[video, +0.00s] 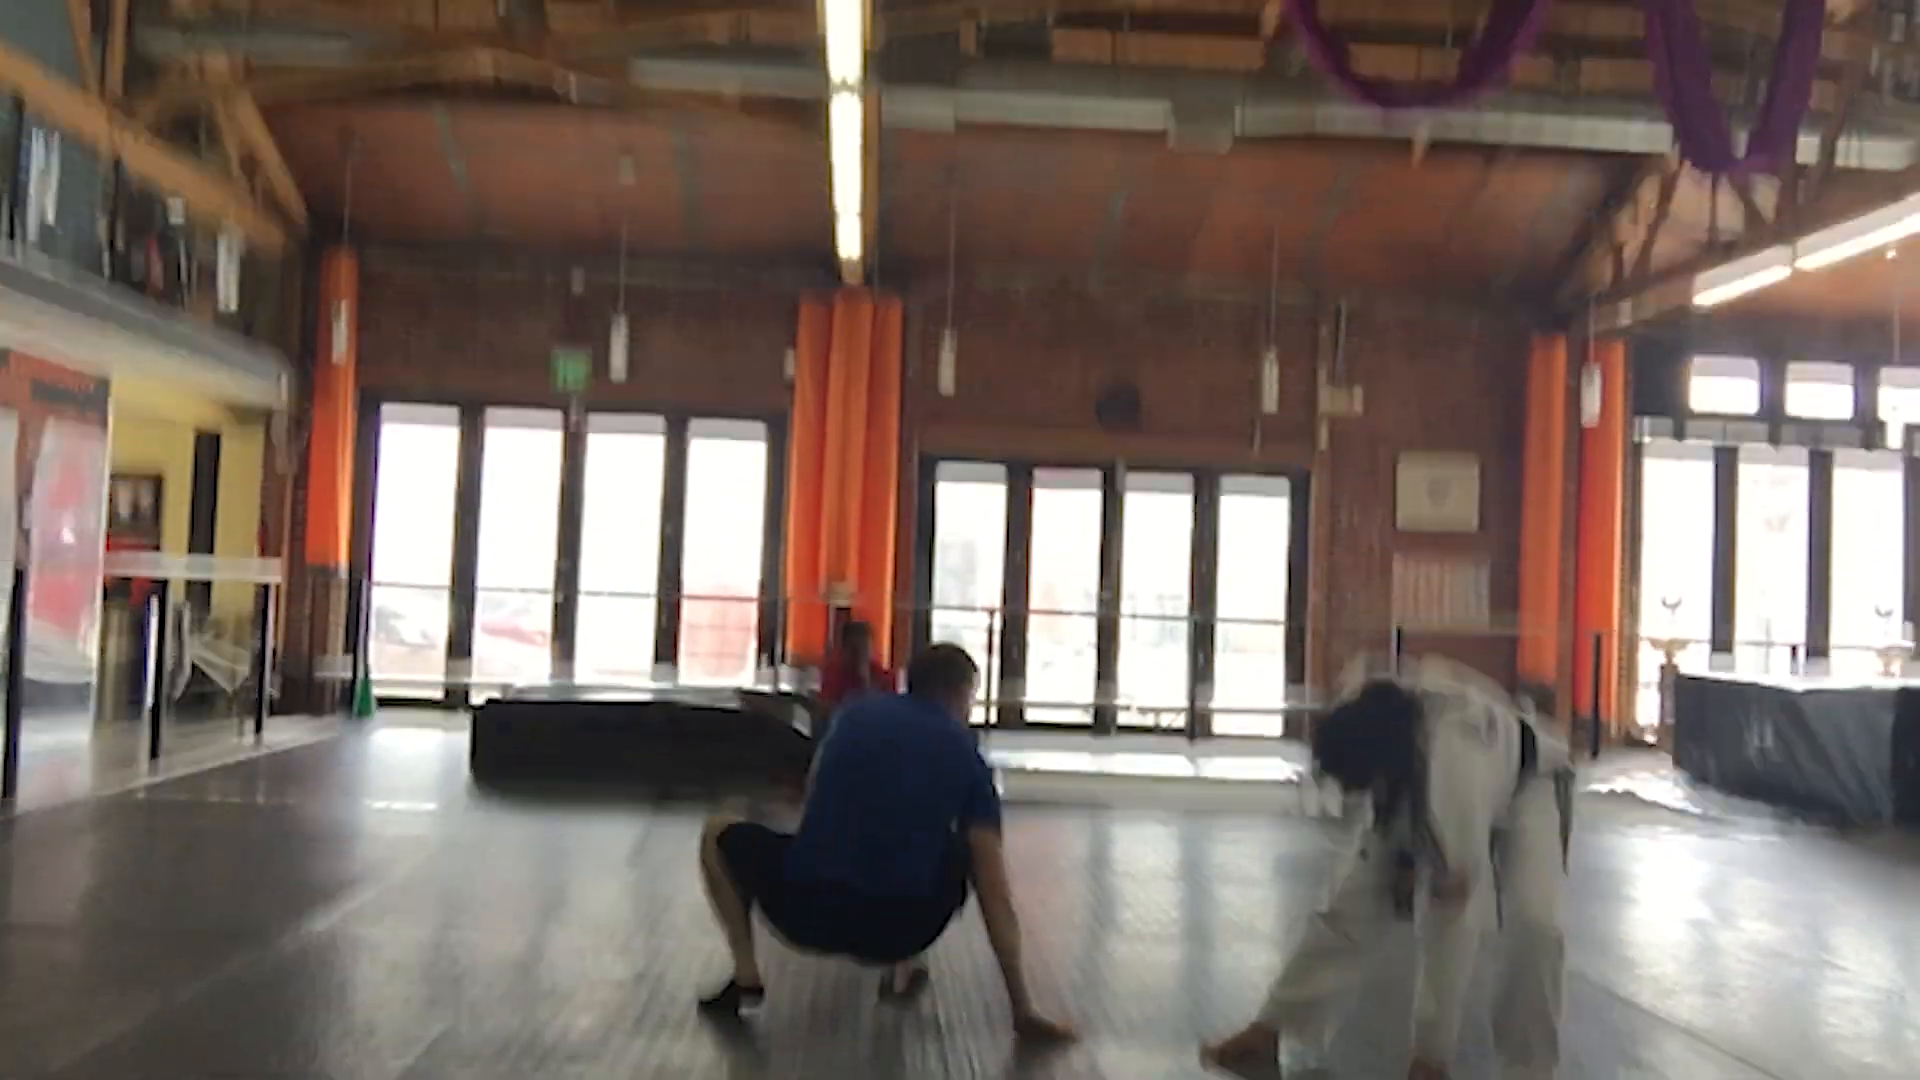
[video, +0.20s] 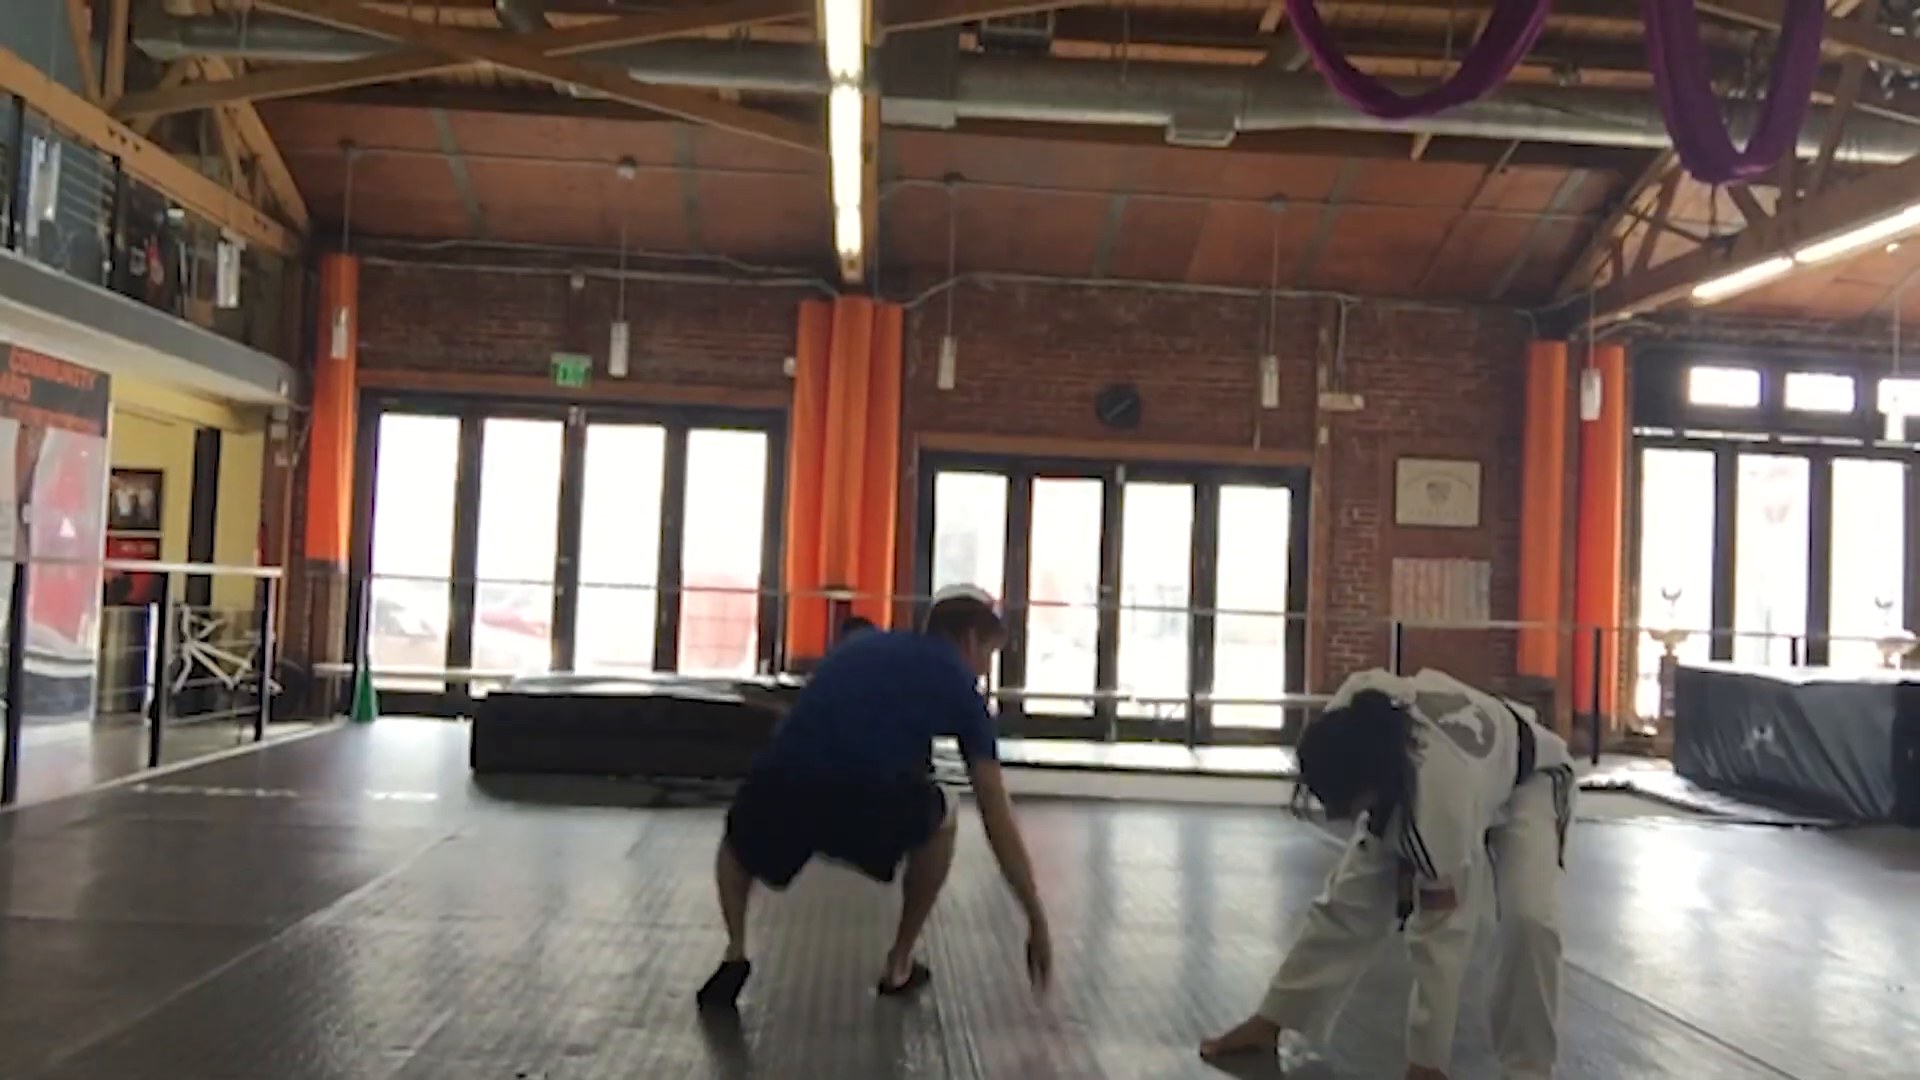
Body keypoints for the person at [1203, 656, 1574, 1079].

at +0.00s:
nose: (1353, 792)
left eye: (1361, 782)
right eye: (1346, 781)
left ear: (1390, 759)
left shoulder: (1449, 749)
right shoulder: (1367, 714)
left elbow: (1453, 913)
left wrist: (1431, 1056)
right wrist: (1413, 852)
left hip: (1522, 778)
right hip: (1422, 781)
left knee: (1536, 923)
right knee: (1347, 911)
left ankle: (1527, 1069)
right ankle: (1266, 1033)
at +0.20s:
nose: (1336, 814)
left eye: (1345, 804)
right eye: (1328, 802)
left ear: (1377, 783)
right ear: (1316, 753)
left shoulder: (1438, 796)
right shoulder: (1353, 701)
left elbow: (1442, 931)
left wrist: (1426, 1063)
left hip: (1525, 773)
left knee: (1532, 920)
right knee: (1345, 905)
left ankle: (1526, 1069)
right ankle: (1267, 1025)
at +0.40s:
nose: (1313, 734)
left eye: (1320, 721)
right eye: (1309, 722)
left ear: (1355, 706)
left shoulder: (1425, 714)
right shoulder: (1356, 683)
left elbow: (1443, 864)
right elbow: (1381, 752)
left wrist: (1429, 989)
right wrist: (1416, 819)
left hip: (1500, 755)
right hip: (1407, 762)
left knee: (1517, 907)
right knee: (1339, 890)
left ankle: (1527, 1065)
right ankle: (1267, 1018)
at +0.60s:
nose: (1281, 589)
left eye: (1290, 575)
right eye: (1277, 576)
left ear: (1332, 569)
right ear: (1288, 573)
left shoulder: (1390, 610)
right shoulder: (1305, 614)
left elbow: (1431, 733)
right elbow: (1341, 710)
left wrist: (1406, 847)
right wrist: (1338, 796)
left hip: (1450, 734)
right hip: (1367, 737)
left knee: (1484, 896)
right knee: (1318, 875)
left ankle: (1525, 1060)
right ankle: (1269, 1020)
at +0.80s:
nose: (1258, 463)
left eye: (1271, 449)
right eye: (1257, 450)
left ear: (1314, 454)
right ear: (1271, 457)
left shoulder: (1354, 531)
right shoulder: (1272, 527)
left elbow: (1375, 649)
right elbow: (1290, 627)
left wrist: (1293, 725)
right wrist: (1284, 701)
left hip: (1376, 708)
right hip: (1303, 711)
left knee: (1418, 876)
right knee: (1279, 871)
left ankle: (1514, 1054)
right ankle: (1264, 1023)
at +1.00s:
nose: (1257, 427)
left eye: (1273, 416)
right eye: (1260, 415)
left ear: (1317, 430)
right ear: (1295, 433)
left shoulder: (1331, 507)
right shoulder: (1285, 511)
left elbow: (1286, 625)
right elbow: (1241, 607)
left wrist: (1192, 655)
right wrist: (1197, 655)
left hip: (1329, 702)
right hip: (1276, 701)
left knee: (1317, 868)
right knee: (1253, 863)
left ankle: (1433, 1032)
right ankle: (1251, 1023)